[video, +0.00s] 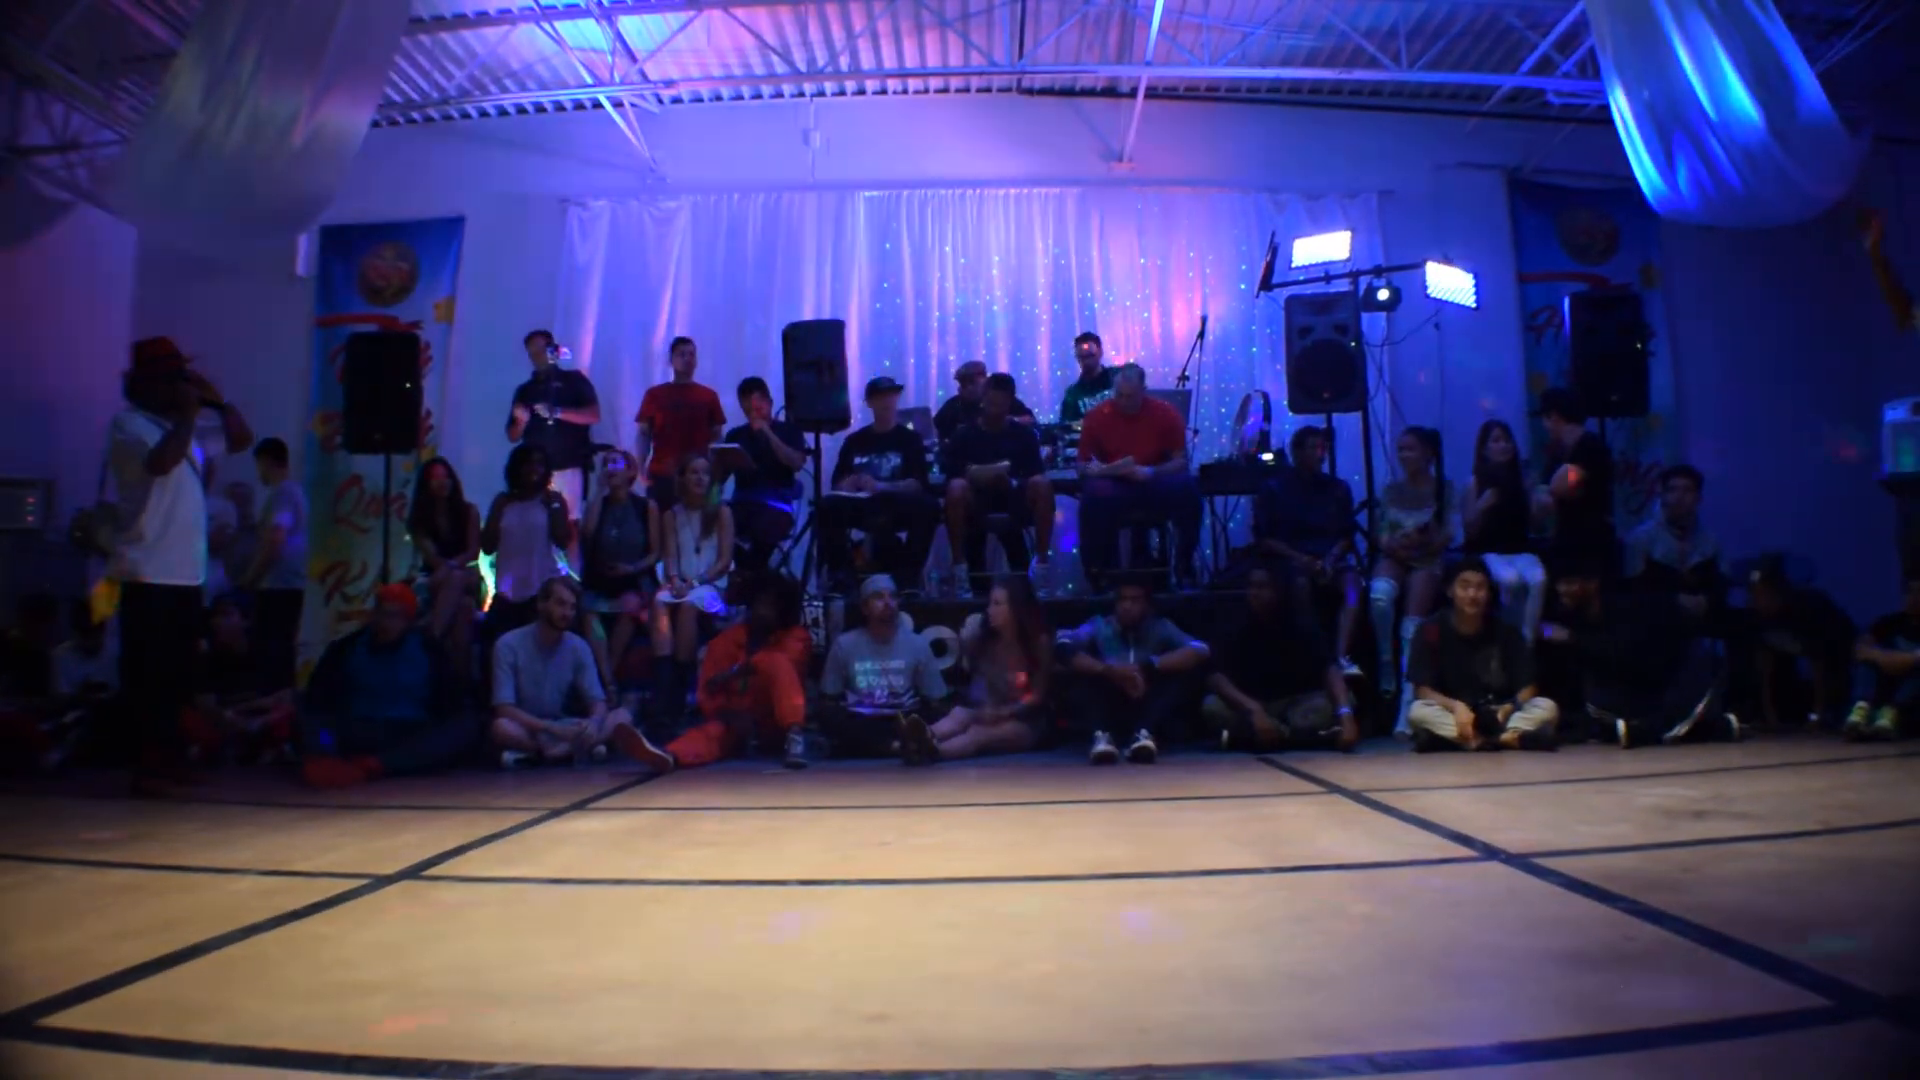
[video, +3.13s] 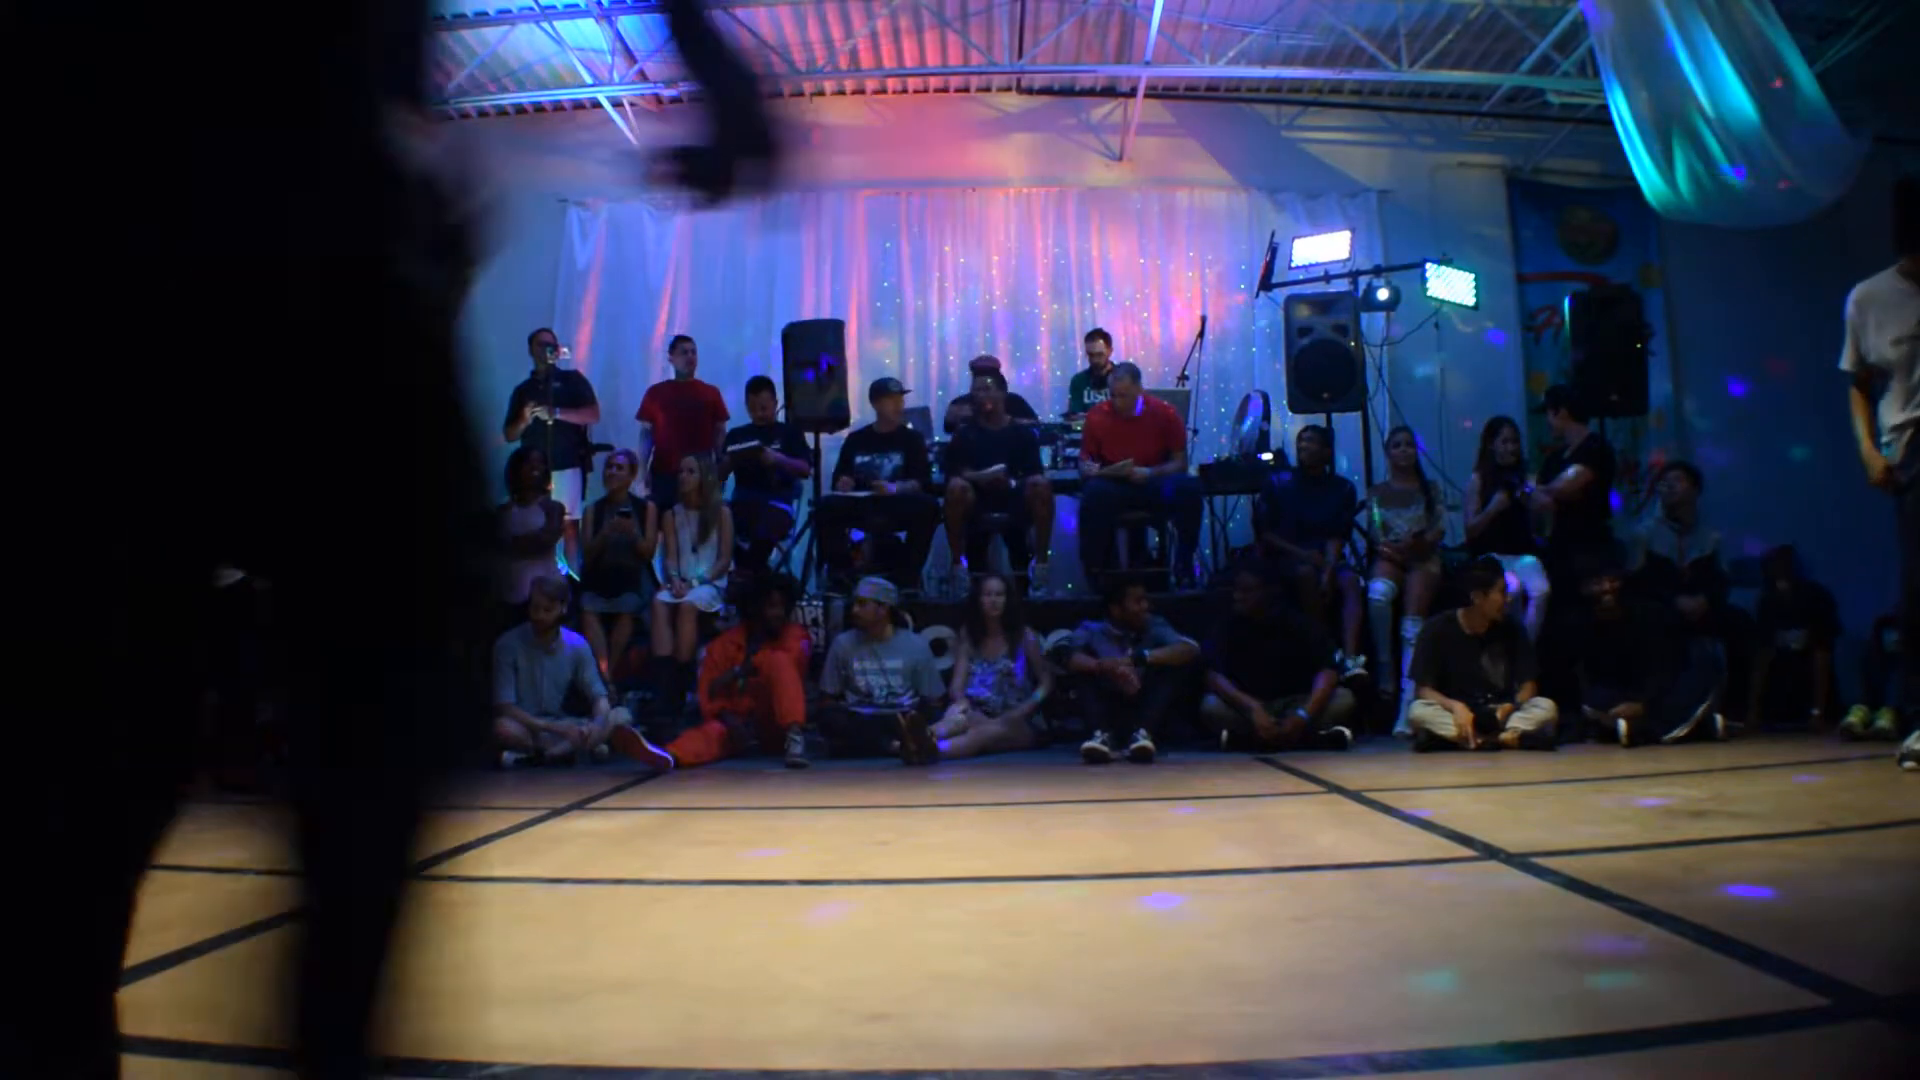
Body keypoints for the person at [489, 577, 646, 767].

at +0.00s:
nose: (567, 613)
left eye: (572, 607)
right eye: (561, 604)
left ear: (576, 610)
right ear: (542, 605)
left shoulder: (578, 647)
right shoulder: (509, 645)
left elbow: (598, 702)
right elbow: (504, 708)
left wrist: (593, 725)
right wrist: (555, 729)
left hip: (566, 722)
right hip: (528, 723)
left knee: (622, 716)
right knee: (502, 728)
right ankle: (576, 748)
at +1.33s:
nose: (573, 599)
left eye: (571, 593)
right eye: (566, 594)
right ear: (544, 604)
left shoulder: (572, 641)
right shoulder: (509, 643)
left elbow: (594, 689)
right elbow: (504, 706)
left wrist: (593, 722)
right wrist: (556, 729)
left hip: (563, 720)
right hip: (528, 722)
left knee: (623, 715)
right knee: (502, 728)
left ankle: (557, 751)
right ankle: (579, 747)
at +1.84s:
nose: (547, 590)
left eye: (543, 586)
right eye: (539, 587)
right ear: (520, 601)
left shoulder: (554, 632)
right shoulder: (494, 645)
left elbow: (572, 679)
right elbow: (504, 707)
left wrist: (587, 722)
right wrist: (561, 729)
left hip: (559, 714)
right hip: (525, 718)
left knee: (618, 708)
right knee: (503, 727)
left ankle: (561, 747)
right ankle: (579, 742)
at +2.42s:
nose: (546, 592)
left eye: (546, 586)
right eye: (537, 588)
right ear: (516, 598)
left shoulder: (561, 635)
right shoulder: (498, 645)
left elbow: (584, 684)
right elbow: (502, 705)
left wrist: (588, 722)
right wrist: (553, 727)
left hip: (564, 716)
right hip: (526, 720)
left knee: (618, 709)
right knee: (503, 725)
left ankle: (559, 748)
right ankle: (580, 747)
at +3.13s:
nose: (540, 616)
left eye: (548, 610)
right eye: (536, 608)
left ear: (562, 610)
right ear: (529, 607)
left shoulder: (576, 645)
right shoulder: (509, 644)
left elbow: (599, 697)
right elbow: (505, 706)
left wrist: (597, 726)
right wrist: (558, 730)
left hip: (563, 720)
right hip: (525, 721)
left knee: (621, 716)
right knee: (503, 728)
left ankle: (551, 753)